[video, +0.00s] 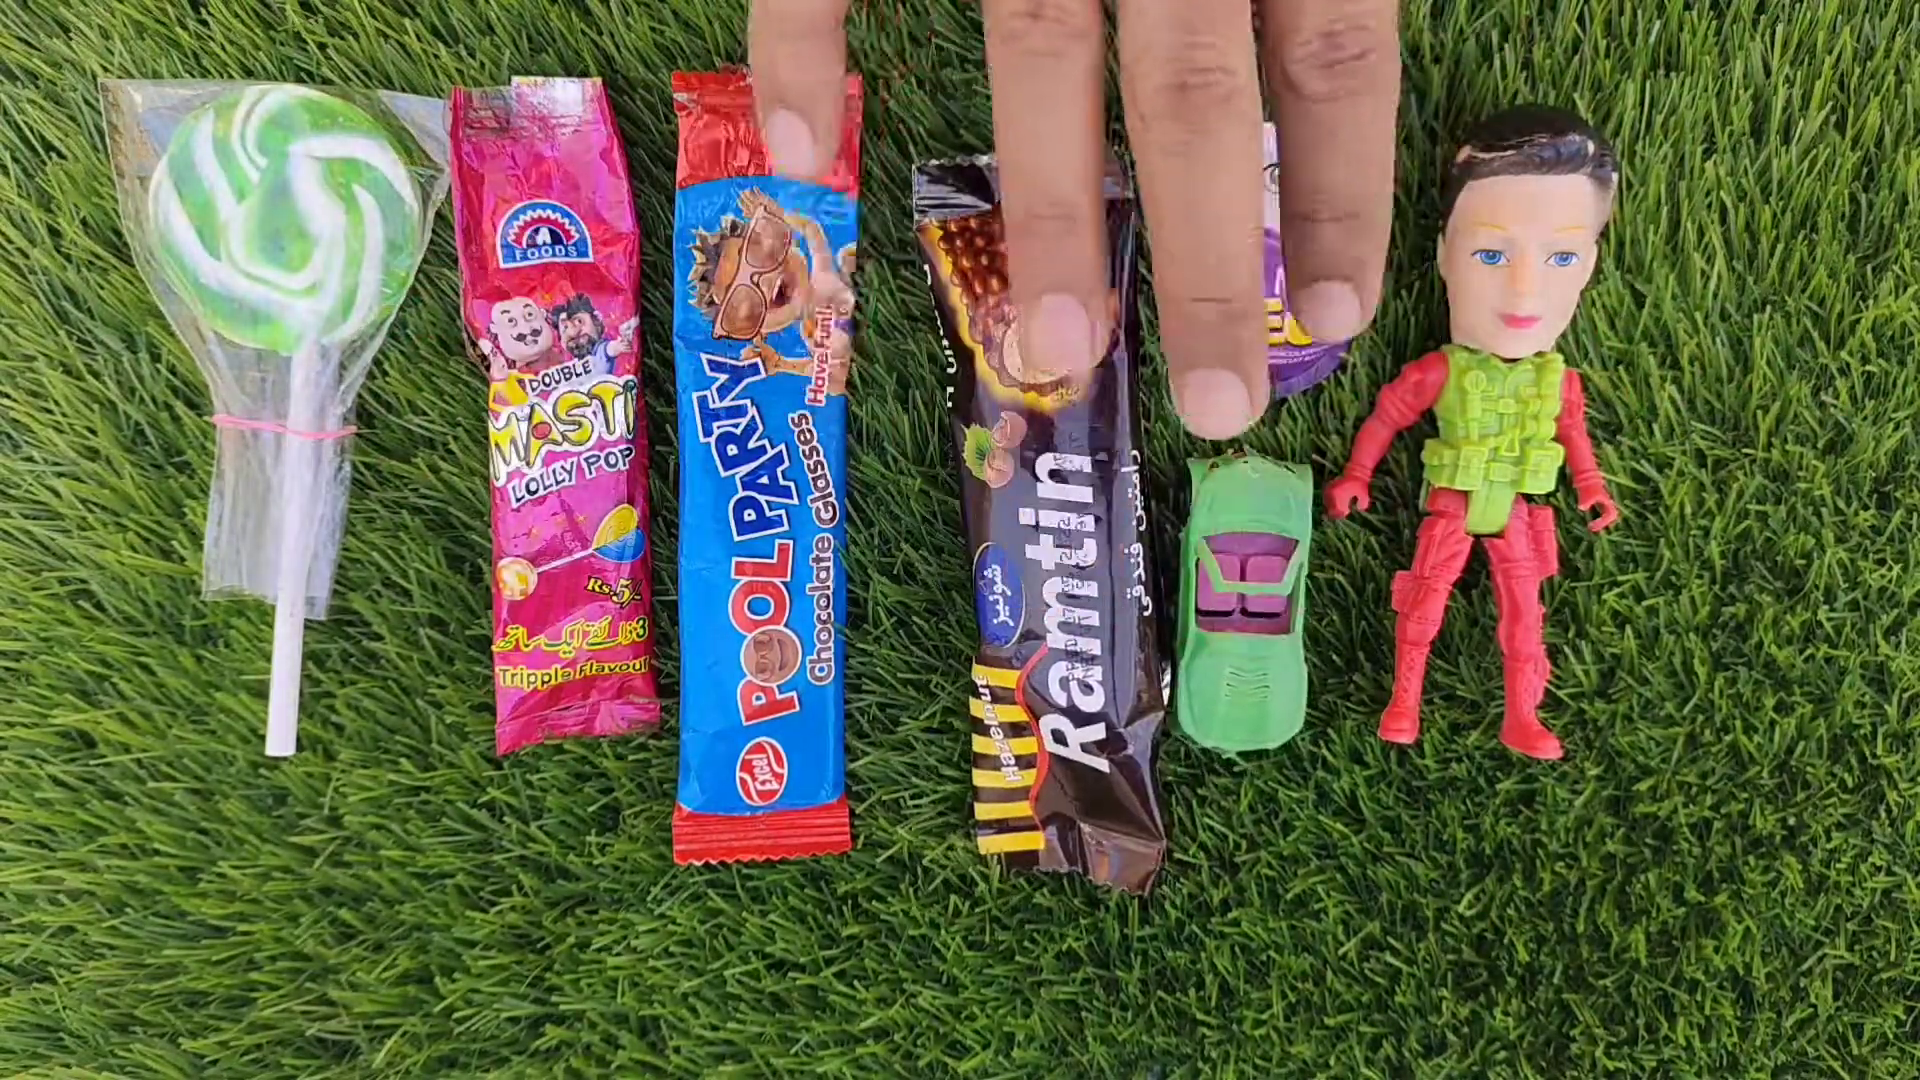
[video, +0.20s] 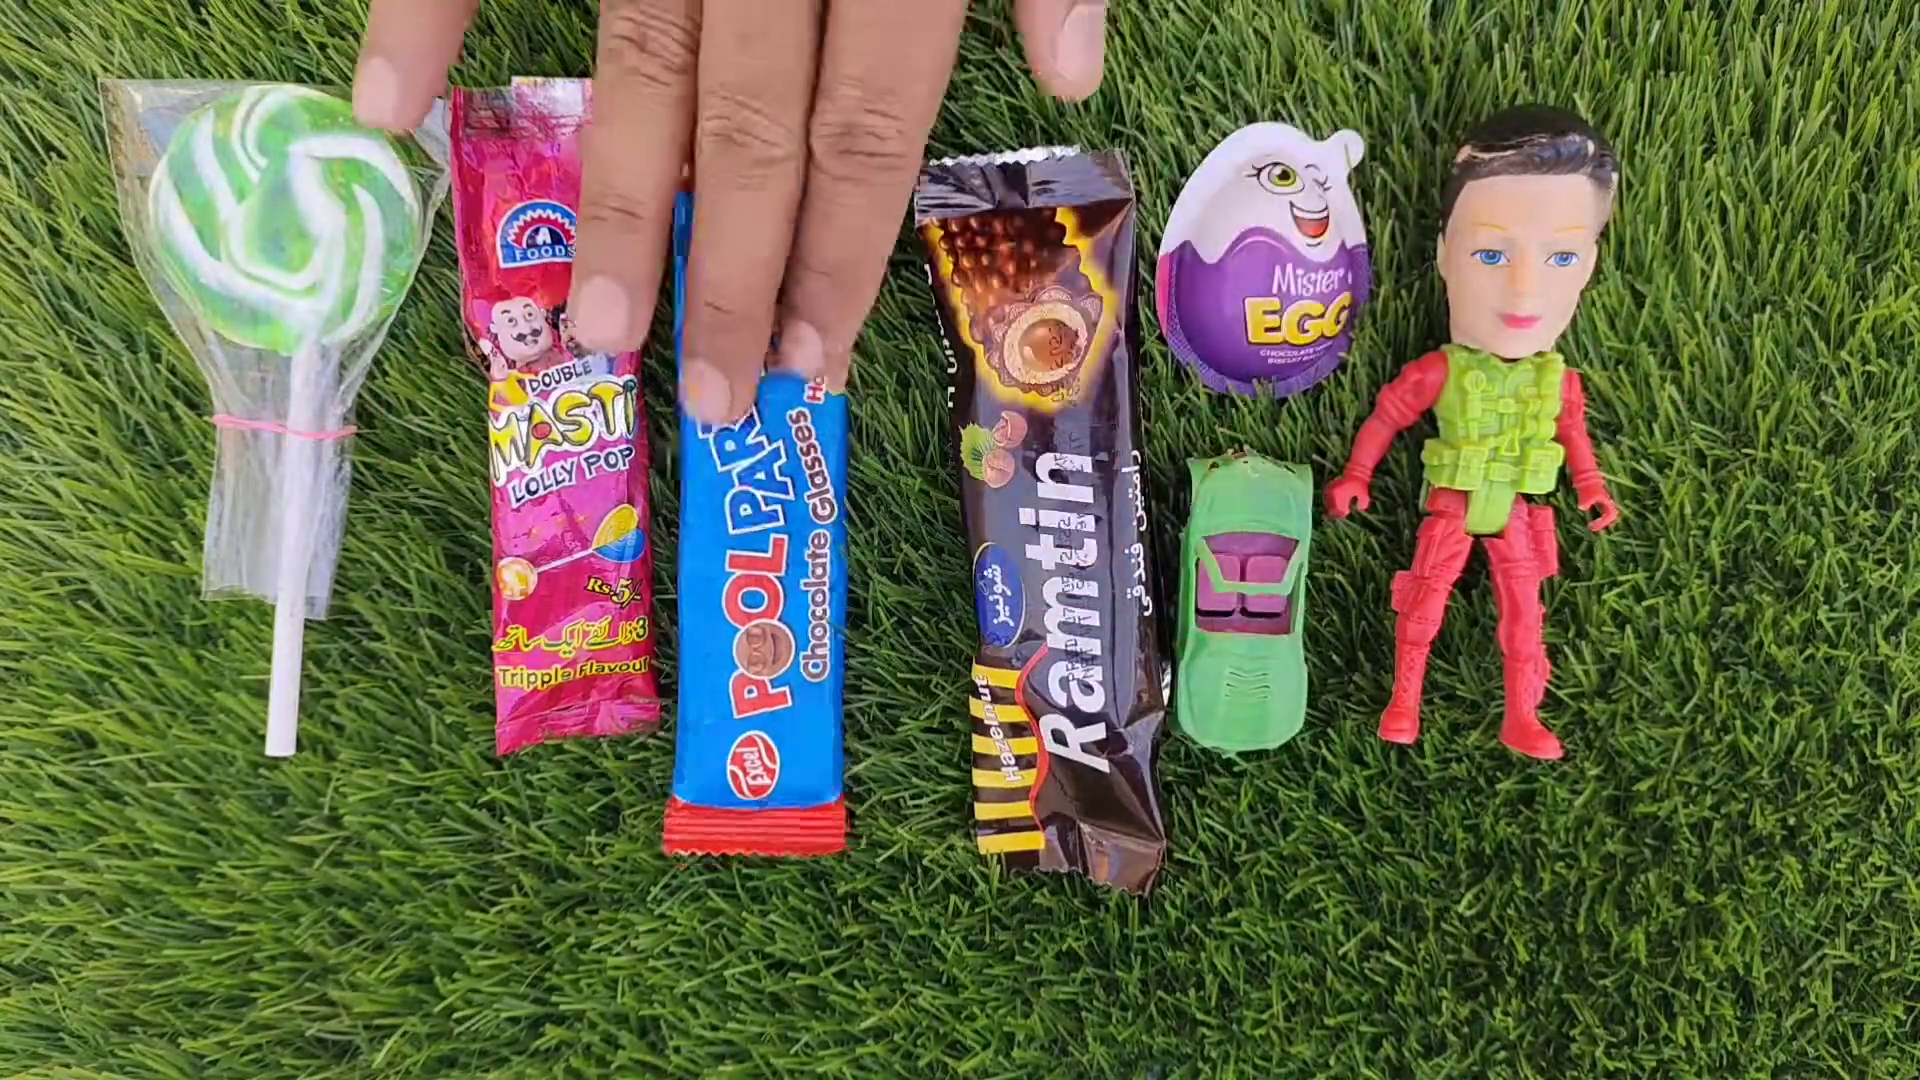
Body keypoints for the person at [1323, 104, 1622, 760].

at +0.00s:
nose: (1523, 284)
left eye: (1560, 257)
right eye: (1492, 254)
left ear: (1589, 272)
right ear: (1442, 259)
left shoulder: (1561, 383)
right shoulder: (1441, 372)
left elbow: (1576, 442)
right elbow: (1386, 419)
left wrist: (1591, 487)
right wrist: (1356, 474)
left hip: (1523, 510)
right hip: (1453, 502)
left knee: (1524, 612)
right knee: (1424, 602)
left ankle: (1521, 715)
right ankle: (1405, 698)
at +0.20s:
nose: (1523, 285)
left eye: (1560, 257)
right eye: (1491, 254)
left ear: (1590, 271)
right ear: (1441, 259)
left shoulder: (1561, 382)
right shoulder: (1440, 372)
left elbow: (1576, 441)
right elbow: (1386, 419)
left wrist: (1591, 486)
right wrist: (1356, 473)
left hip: (1522, 510)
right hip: (1453, 502)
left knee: (1524, 613)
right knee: (1424, 602)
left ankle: (1521, 716)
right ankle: (1405, 698)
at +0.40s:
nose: (1523, 285)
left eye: (1560, 257)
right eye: (1491, 254)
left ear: (1590, 271)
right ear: (1441, 259)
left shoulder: (1560, 382)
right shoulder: (1440, 372)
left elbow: (1576, 441)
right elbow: (1386, 419)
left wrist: (1591, 486)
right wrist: (1356, 474)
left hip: (1522, 510)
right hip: (1453, 502)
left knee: (1524, 612)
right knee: (1424, 602)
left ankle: (1521, 716)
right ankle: (1405, 698)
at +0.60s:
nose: (1523, 285)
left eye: (1560, 257)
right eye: (1491, 254)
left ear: (1590, 271)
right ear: (1441, 259)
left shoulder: (1560, 382)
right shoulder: (1440, 372)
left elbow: (1576, 441)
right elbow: (1386, 419)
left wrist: (1591, 486)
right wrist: (1356, 474)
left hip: (1522, 510)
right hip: (1453, 502)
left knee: (1524, 613)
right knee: (1424, 602)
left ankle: (1521, 716)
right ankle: (1405, 698)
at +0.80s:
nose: (1523, 284)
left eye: (1560, 257)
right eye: (1492, 254)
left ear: (1589, 272)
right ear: (1442, 260)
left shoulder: (1561, 382)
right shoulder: (1441, 371)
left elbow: (1576, 441)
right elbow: (1386, 418)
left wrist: (1590, 485)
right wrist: (1357, 473)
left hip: (1523, 510)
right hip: (1453, 502)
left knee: (1524, 614)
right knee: (1424, 602)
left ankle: (1521, 716)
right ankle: (1406, 698)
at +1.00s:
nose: (1523, 284)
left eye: (1560, 257)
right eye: (1492, 254)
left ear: (1589, 272)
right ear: (1442, 260)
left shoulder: (1561, 382)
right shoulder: (1441, 371)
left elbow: (1576, 441)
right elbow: (1386, 418)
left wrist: (1590, 486)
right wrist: (1357, 473)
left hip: (1523, 510)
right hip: (1453, 502)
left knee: (1524, 614)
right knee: (1424, 603)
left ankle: (1521, 716)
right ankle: (1406, 698)